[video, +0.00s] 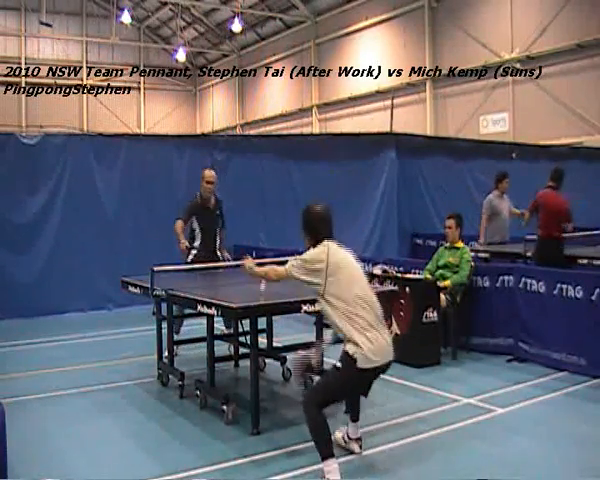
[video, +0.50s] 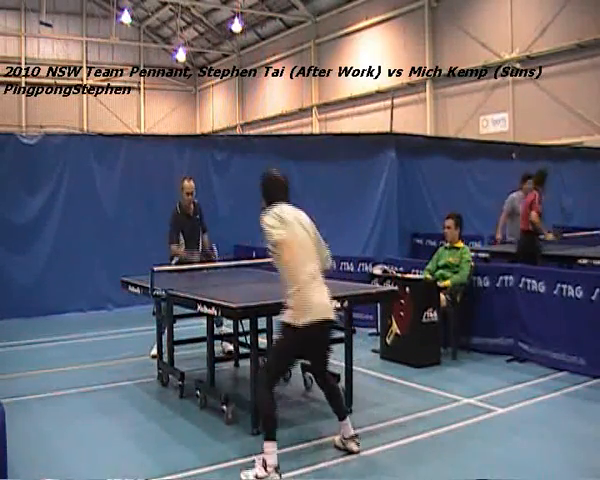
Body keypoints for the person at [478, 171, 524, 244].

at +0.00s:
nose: (507, 186)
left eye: (508, 183)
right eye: (506, 183)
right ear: (499, 184)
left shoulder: (505, 198)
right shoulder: (490, 199)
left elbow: (510, 210)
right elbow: (484, 219)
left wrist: (521, 213)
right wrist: (482, 237)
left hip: (504, 237)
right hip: (491, 238)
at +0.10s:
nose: (512, 186)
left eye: (512, 184)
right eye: (510, 183)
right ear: (504, 185)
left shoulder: (510, 198)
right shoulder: (495, 200)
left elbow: (514, 212)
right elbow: (489, 219)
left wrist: (524, 217)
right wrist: (485, 238)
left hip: (509, 237)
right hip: (497, 238)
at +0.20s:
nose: (515, 186)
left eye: (516, 183)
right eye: (513, 183)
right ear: (507, 184)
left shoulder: (513, 198)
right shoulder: (498, 199)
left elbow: (518, 213)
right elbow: (492, 220)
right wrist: (488, 238)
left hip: (512, 237)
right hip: (500, 238)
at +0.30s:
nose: (520, 186)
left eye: (521, 183)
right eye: (519, 183)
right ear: (512, 183)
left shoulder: (519, 198)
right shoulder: (503, 197)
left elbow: (521, 216)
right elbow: (497, 217)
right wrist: (493, 237)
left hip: (517, 235)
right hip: (504, 237)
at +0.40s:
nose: (524, 186)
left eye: (525, 183)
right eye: (522, 183)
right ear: (516, 184)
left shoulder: (524, 198)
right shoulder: (507, 197)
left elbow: (524, 216)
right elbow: (500, 217)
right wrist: (496, 236)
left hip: (520, 237)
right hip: (507, 237)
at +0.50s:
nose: (530, 187)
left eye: (532, 184)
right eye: (528, 184)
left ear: (533, 185)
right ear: (523, 185)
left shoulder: (530, 198)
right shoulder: (514, 197)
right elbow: (504, 215)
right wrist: (499, 233)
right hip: (513, 236)